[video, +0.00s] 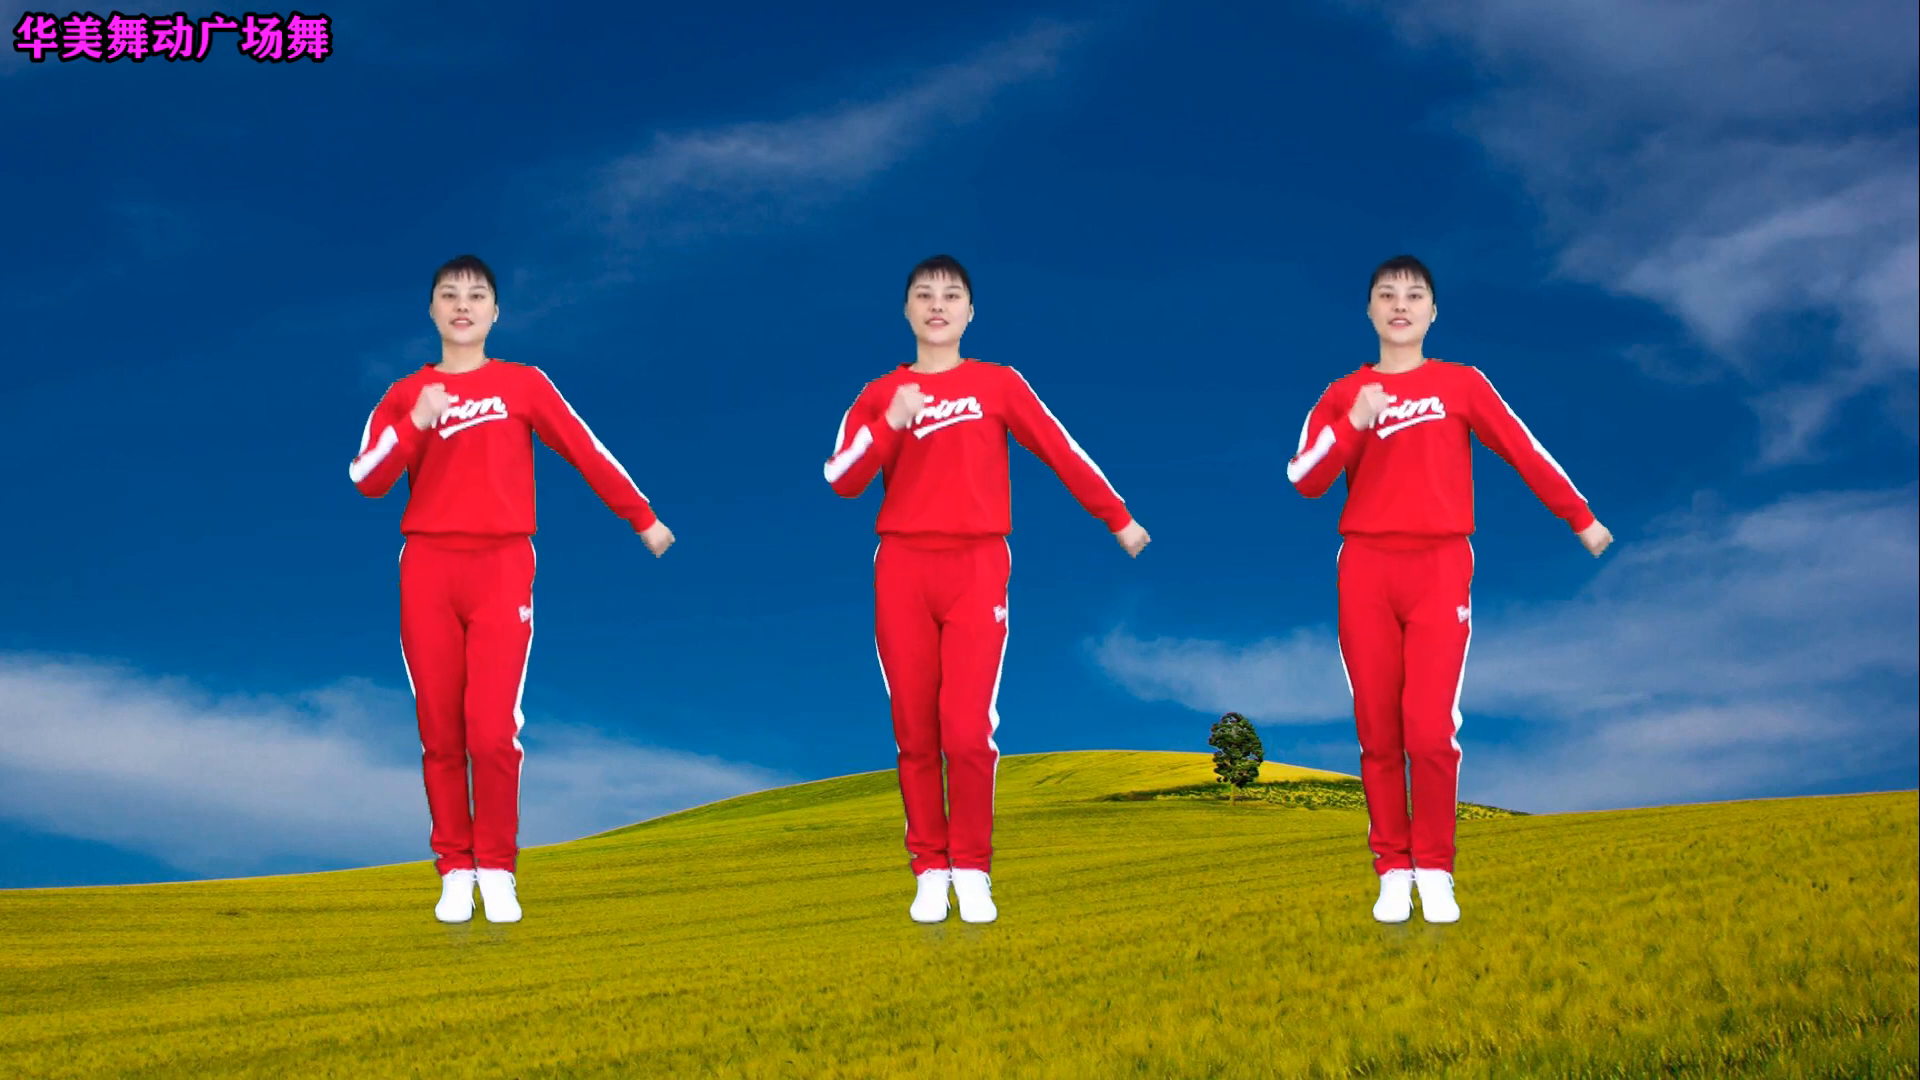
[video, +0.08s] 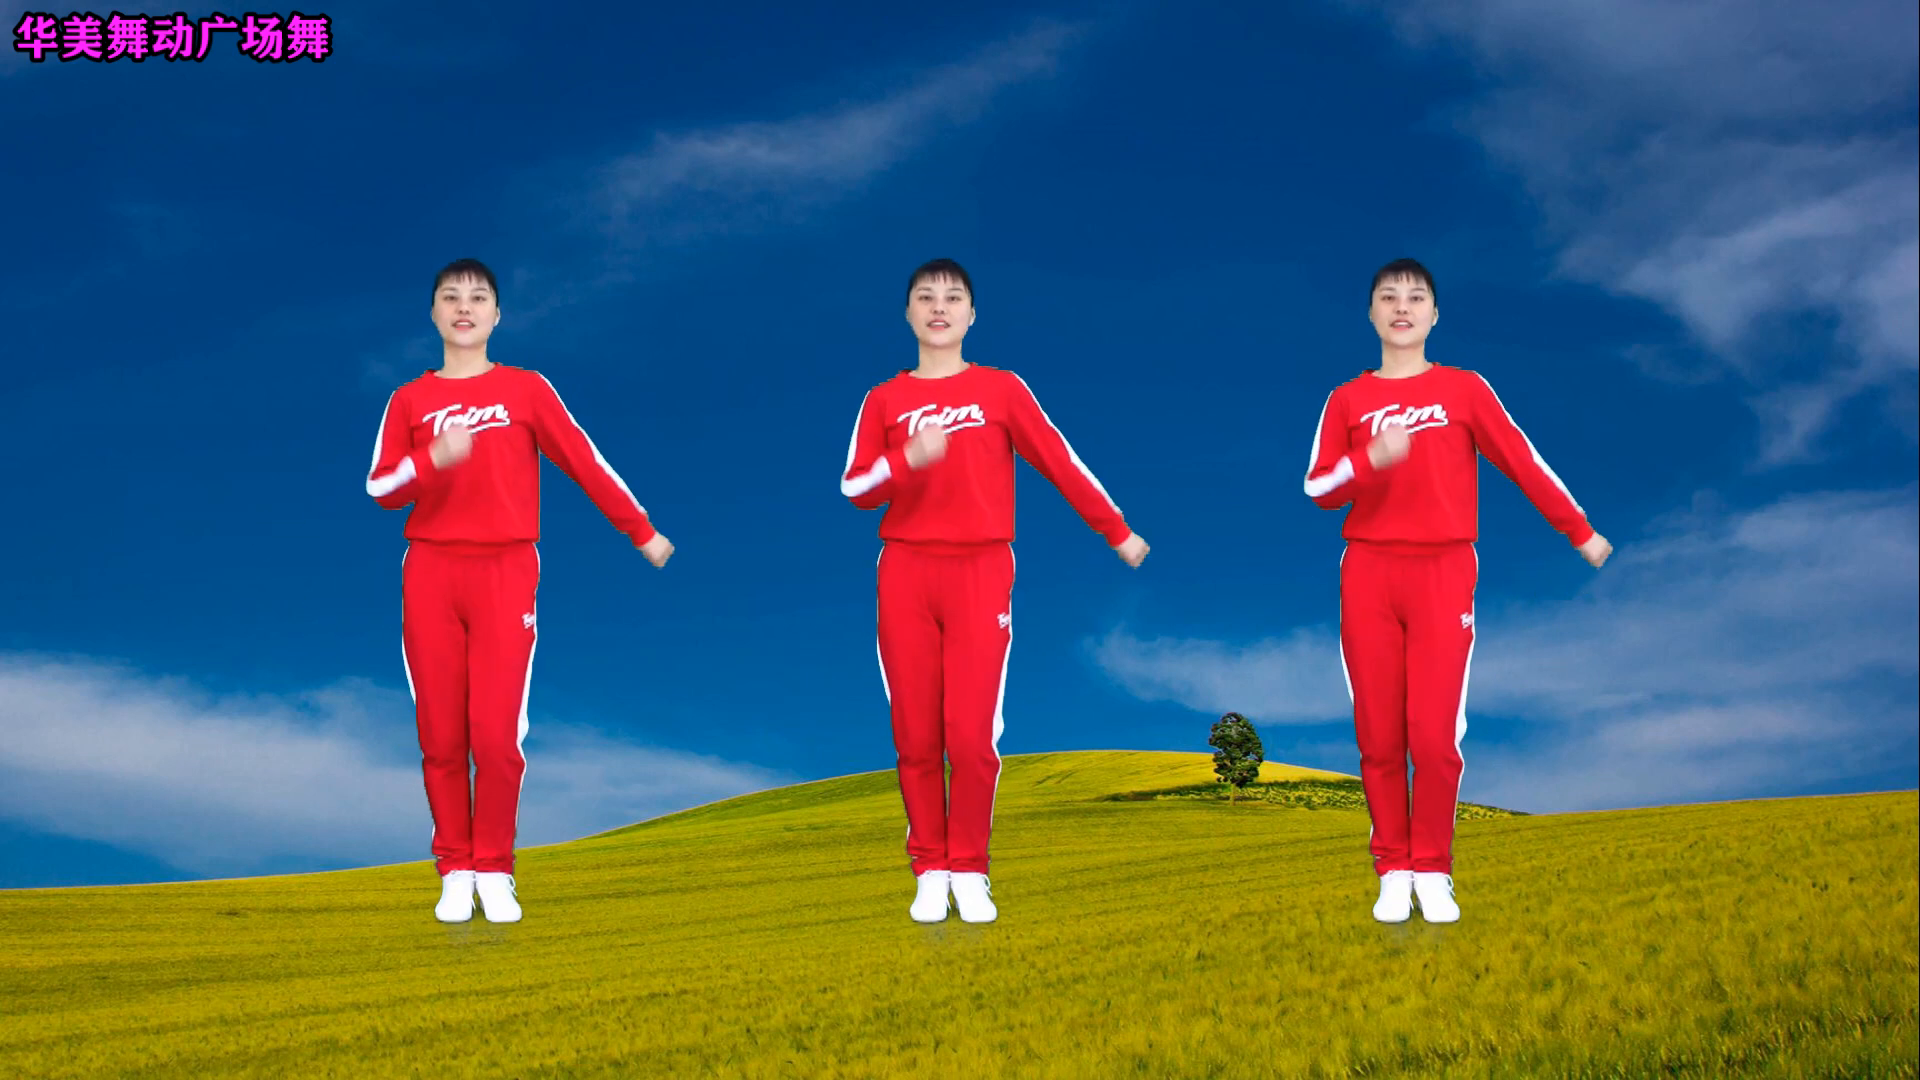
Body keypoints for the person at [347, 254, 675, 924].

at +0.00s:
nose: (462, 305)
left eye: (476, 296)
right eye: (450, 296)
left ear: (494, 311)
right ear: (432, 311)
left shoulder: (524, 383)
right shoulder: (404, 394)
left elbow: (587, 451)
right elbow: (368, 482)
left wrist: (644, 517)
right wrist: (414, 425)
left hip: (504, 566)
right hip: (427, 567)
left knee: (492, 731)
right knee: (440, 732)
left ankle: (496, 869)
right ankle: (455, 868)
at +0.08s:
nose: (465, 307)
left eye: (478, 298)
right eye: (451, 298)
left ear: (496, 314)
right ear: (434, 314)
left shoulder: (528, 388)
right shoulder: (408, 399)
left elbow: (587, 464)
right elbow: (381, 489)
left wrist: (643, 532)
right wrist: (431, 461)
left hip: (506, 570)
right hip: (430, 571)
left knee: (496, 731)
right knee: (441, 732)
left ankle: (494, 870)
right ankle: (455, 869)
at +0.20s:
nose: (467, 306)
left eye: (480, 296)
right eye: (455, 296)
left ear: (499, 309)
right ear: (438, 311)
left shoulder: (530, 385)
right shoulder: (415, 395)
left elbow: (565, 476)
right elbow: (406, 479)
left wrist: (591, 564)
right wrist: (437, 541)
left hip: (517, 567)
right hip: (441, 570)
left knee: (509, 727)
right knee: (451, 723)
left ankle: (498, 868)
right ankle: (457, 855)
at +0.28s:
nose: (471, 317)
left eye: (483, 308)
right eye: (458, 308)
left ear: (501, 321)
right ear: (441, 323)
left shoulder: (532, 397)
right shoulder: (417, 408)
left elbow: (544, 491)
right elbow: (409, 503)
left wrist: (538, 578)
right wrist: (408, 589)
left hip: (520, 579)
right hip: (447, 580)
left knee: (514, 729)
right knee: (461, 714)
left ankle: (496, 869)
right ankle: (459, 812)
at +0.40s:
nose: (475, 319)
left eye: (486, 309)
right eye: (462, 310)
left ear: (504, 320)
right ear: (445, 325)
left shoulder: (535, 399)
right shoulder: (420, 409)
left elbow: (552, 478)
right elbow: (384, 499)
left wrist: (487, 495)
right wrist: (357, 584)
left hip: (526, 576)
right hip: (450, 577)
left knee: (522, 727)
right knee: (476, 693)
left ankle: (497, 868)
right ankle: (465, 793)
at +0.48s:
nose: (476, 305)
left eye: (487, 294)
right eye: (462, 297)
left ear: (506, 307)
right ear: (445, 313)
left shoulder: (538, 383)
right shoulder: (423, 393)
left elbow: (566, 466)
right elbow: (371, 473)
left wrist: (500, 440)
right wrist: (327, 554)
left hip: (524, 562)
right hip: (448, 563)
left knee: (518, 718)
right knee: (475, 696)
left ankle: (500, 866)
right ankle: (466, 807)